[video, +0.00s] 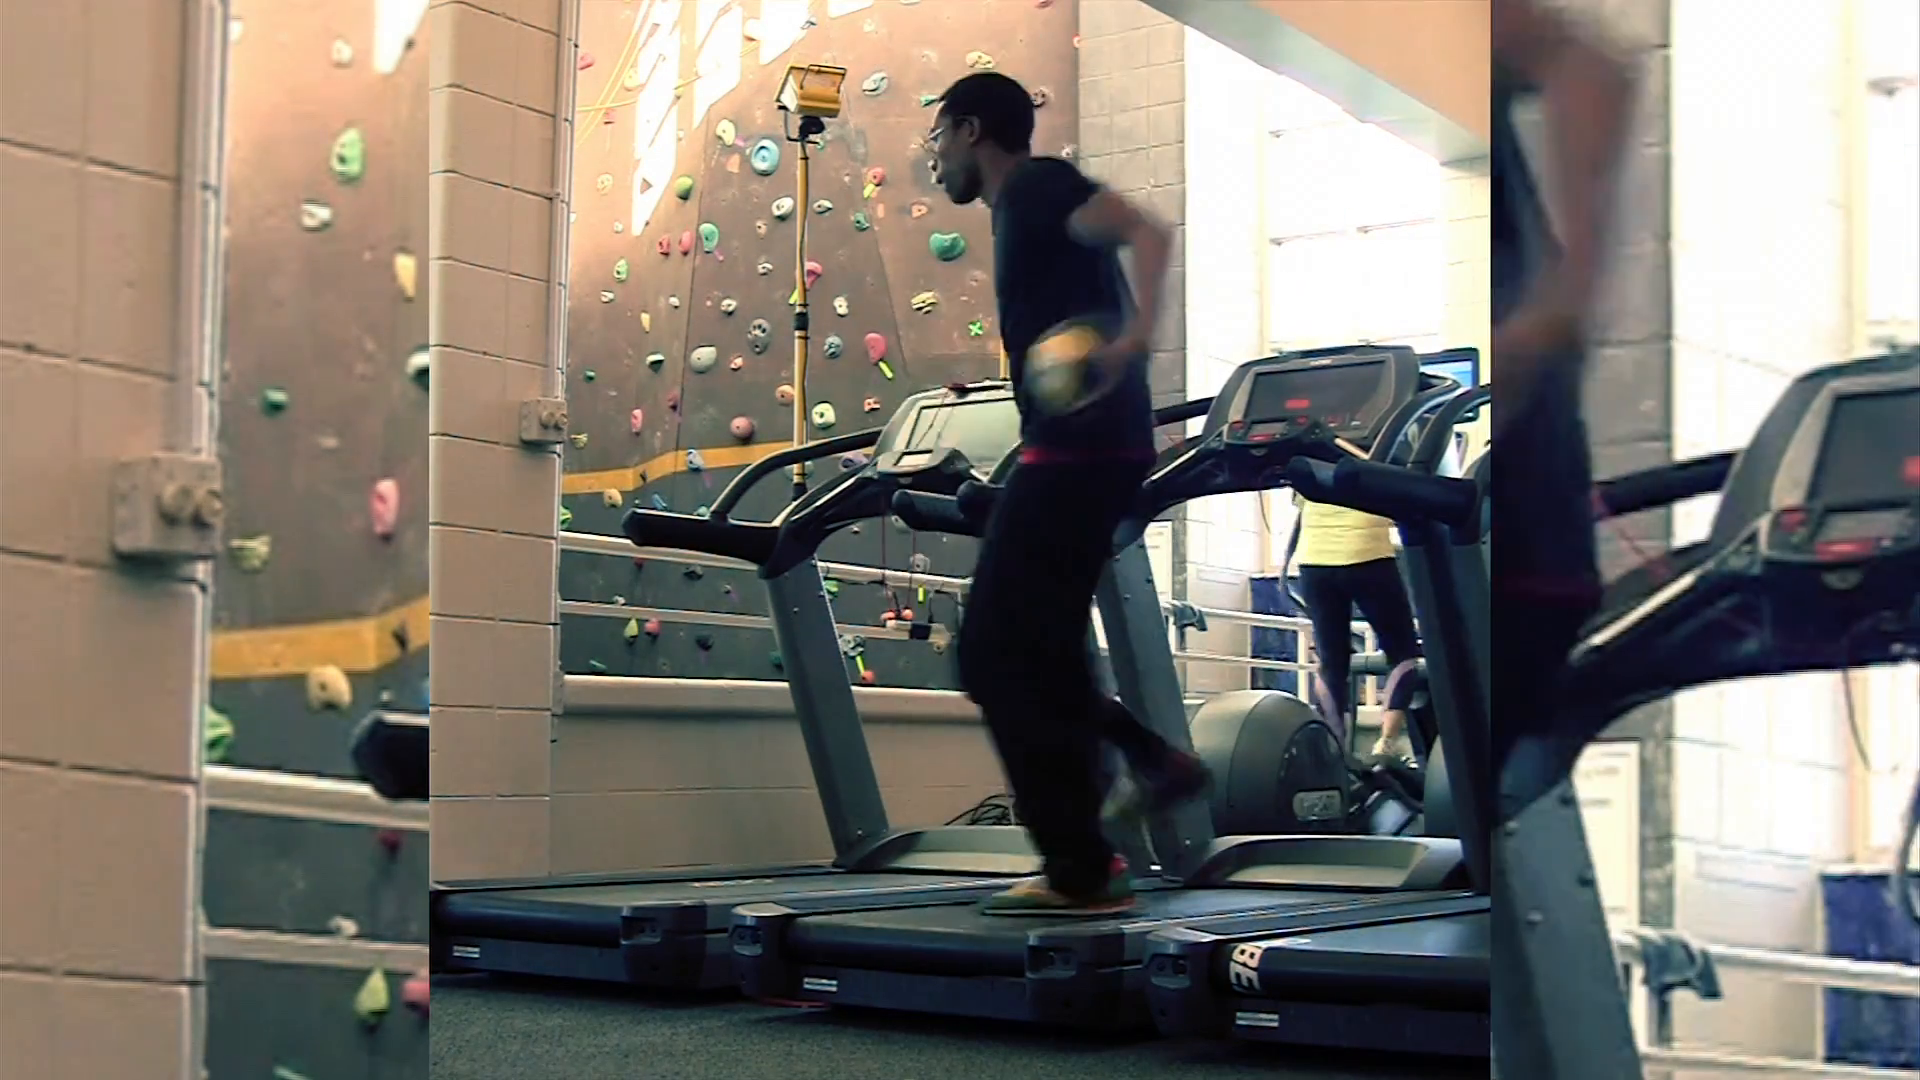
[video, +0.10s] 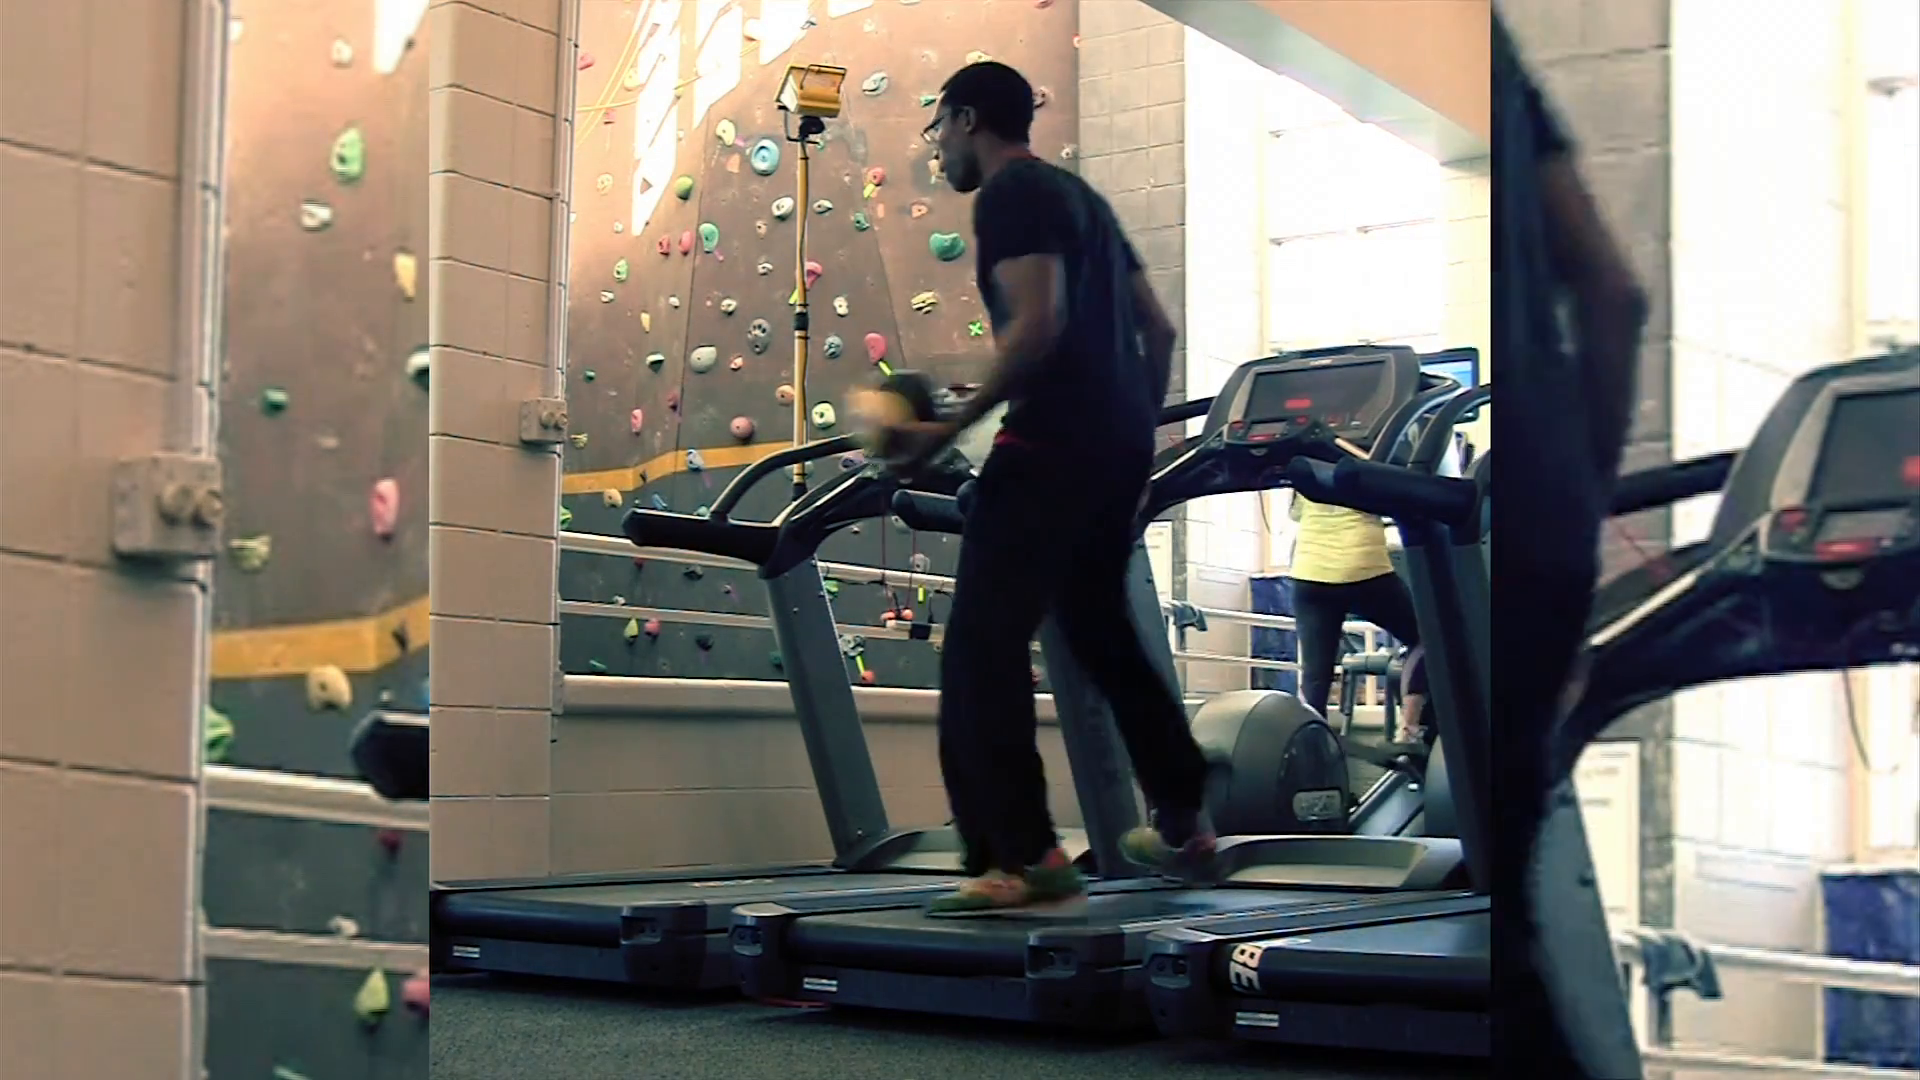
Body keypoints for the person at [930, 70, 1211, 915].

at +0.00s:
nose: (933, 155)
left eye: (939, 136)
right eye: (934, 138)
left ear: (975, 133)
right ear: (993, 134)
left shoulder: (1038, 185)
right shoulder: (1026, 203)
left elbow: (1152, 231)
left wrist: (1136, 334)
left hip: (1078, 457)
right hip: (1075, 455)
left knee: (994, 654)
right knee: (1029, 654)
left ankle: (1078, 871)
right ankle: (1162, 765)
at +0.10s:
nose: (931, 144)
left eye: (939, 126)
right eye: (932, 129)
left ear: (976, 123)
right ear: (1015, 126)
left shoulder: (1011, 191)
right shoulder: (1081, 196)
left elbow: (1037, 324)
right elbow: (1156, 326)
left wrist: (946, 421)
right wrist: (1134, 429)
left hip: (1048, 443)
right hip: (1118, 445)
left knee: (982, 644)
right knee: (1098, 628)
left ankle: (1023, 859)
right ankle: (1188, 830)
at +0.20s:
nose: (941, 140)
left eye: (947, 124)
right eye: (943, 125)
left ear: (977, 121)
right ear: (1027, 120)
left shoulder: (980, 202)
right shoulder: (1118, 186)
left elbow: (911, 346)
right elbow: (1196, 299)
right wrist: (1170, 399)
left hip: (1045, 445)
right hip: (1141, 438)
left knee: (996, 621)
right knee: (1155, 641)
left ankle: (972, 817)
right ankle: (1167, 841)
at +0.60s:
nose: (958, 179)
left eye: (963, 163)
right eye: (958, 165)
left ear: (997, 157)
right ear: (1042, 162)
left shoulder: (978, 241)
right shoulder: (1124, 224)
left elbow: (904, 370)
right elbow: (1229, 324)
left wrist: (795, 396)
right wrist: (1183, 410)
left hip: (1045, 469)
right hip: (1136, 465)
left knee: (1059, 653)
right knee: (1119, 677)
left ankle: (1025, 782)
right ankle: (1035, 848)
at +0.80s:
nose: (946, 180)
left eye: (951, 160)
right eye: (943, 163)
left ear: (992, 149)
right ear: (1028, 150)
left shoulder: (993, 232)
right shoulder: (1117, 212)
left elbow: (964, 374)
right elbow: (1189, 321)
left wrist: (857, 390)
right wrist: (1136, 391)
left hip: (1057, 452)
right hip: (1152, 444)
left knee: (1074, 644)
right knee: (1094, 646)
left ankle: (1120, 830)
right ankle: (1003, 828)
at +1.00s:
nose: (949, 183)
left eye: (955, 163)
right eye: (946, 167)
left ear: (999, 153)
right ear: (1026, 155)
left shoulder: (1009, 240)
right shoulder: (1117, 220)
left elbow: (983, 396)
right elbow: (1171, 343)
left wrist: (859, 433)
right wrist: (1101, 405)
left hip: (1065, 477)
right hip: (1160, 463)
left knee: (1075, 671)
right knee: (1139, 653)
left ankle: (1160, 849)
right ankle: (1083, 761)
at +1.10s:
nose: (959, 187)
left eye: (966, 167)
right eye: (955, 172)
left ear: (1012, 158)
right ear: (1032, 162)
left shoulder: (1020, 250)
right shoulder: (1116, 233)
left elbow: (991, 400)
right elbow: (1168, 357)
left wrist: (884, 457)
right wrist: (1092, 422)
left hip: (1072, 493)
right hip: (1156, 485)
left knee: (1057, 678)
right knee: (1140, 662)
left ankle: (1121, 860)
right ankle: (1159, 759)